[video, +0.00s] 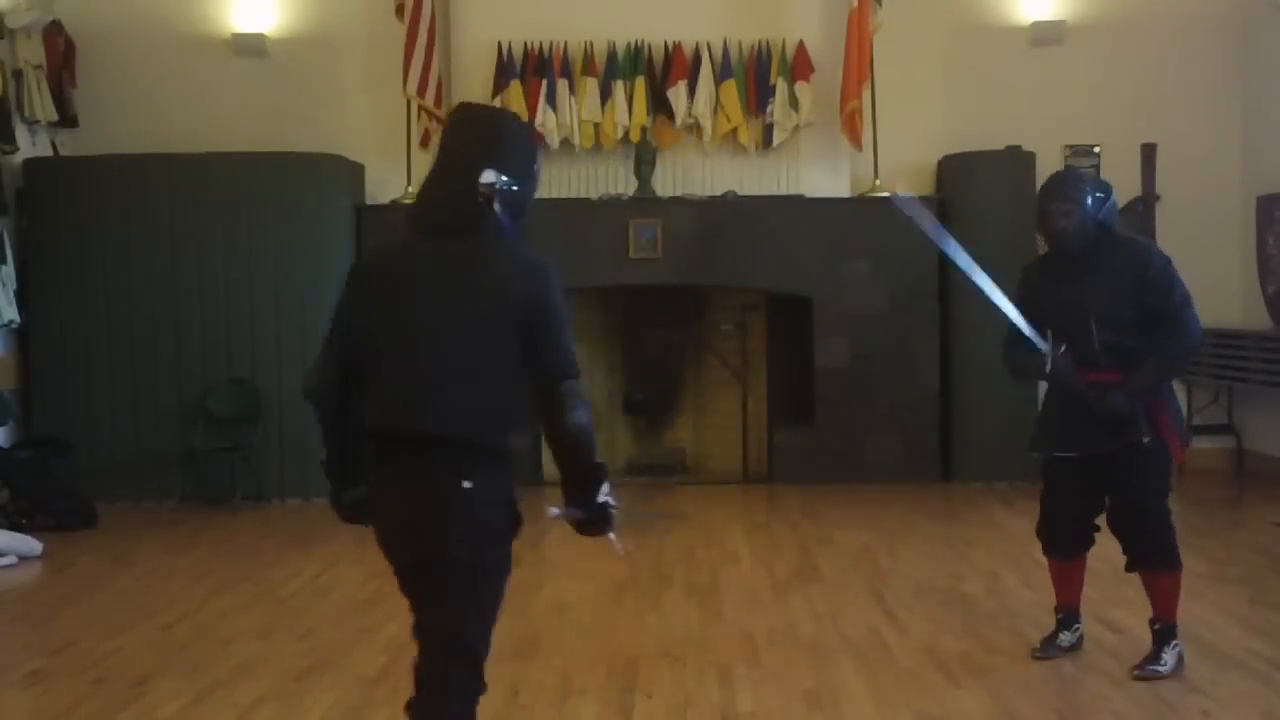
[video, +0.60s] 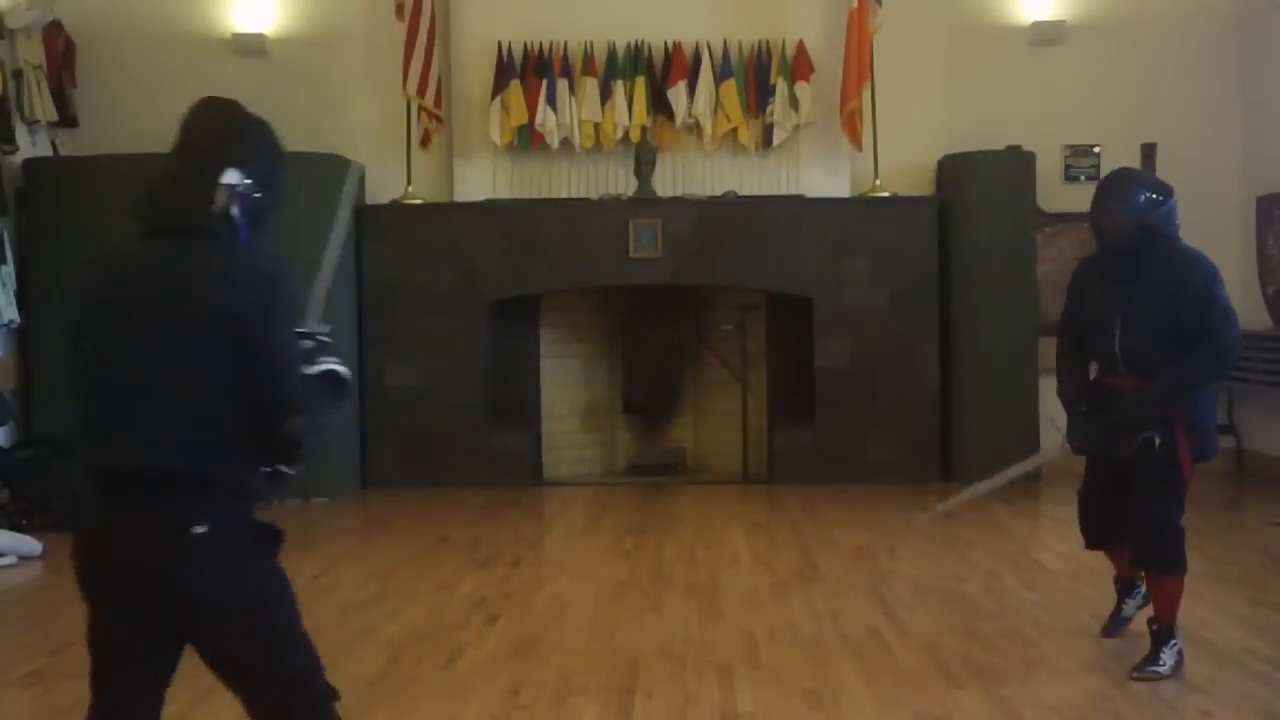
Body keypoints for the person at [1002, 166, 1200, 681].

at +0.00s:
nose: (1050, 225)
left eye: (1061, 214)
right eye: (1045, 214)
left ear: (1094, 213)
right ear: (1040, 217)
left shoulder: (1140, 261)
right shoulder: (1040, 274)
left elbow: (1185, 337)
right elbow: (1017, 357)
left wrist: (1131, 391)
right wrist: (1035, 359)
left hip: (1139, 423)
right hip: (1071, 421)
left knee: (1146, 526)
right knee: (1061, 524)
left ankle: (1166, 640)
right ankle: (1067, 626)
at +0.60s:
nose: (1103, 225)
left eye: (1114, 215)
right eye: (1099, 215)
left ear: (1144, 215)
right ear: (1097, 217)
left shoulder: (1188, 270)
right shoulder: (1092, 271)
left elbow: (1222, 351)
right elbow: (1071, 347)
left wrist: (1157, 393)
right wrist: (1078, 405)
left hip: (1167, 420)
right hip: (1106, 418)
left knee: (1157, 526)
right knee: (1101, 514)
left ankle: (1165, 639)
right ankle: (1131, 585)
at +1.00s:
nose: (1124, 230)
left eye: (1133, 219)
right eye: (1119, 220)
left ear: (1161, 216)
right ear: (1116, 224)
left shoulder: (1205, 267)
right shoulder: (1115, 279)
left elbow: (1223, 345)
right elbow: (1099, 350)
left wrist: (1170, 397)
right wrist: (1097, 402)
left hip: (1195, 415)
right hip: (1134, 415)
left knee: (1198, 512)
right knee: (1125, 512)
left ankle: (1221, 613)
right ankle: (1147, 607)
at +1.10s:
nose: (1133, 228)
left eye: (1142, 218)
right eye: (1130, 219)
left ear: (1171, 216)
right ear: (1131, 223)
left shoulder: (1218, 268)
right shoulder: (1132, 280)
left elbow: (1227, 343)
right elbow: (1116, 346)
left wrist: (1176, 389)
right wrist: (1107, 393)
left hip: (1209, 409)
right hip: (1148, 410)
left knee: (1215, 501)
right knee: (1133, 508)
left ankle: (1257, 586)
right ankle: (1148, 605)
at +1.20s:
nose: (1145, 230)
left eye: (1152, 219)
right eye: (1144, 221)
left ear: (1180, 217)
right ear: (1153, 224)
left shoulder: (1230, 266)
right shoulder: (1152, 280)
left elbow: (1237, 343)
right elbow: (1137, 346)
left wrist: (1179, 380)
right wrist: (1123, 392)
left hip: (1230, 404)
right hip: (1171, 405)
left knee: (1241, 500)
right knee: (1147, 502)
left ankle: (1279, 577)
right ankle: (1149, 605)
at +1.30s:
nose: (1169, 230)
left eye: (1176, 219)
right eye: (1168, 220)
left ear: (1202, 218)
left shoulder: (1252, 273)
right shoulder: (1179, 280)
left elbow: (1256, 353)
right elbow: (1163, 344)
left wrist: (1195, 399)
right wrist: (1147, 390)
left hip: (1253, 416)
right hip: (1194, 416)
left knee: (1268, 520)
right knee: (1167, 508)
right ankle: (1152, 603)